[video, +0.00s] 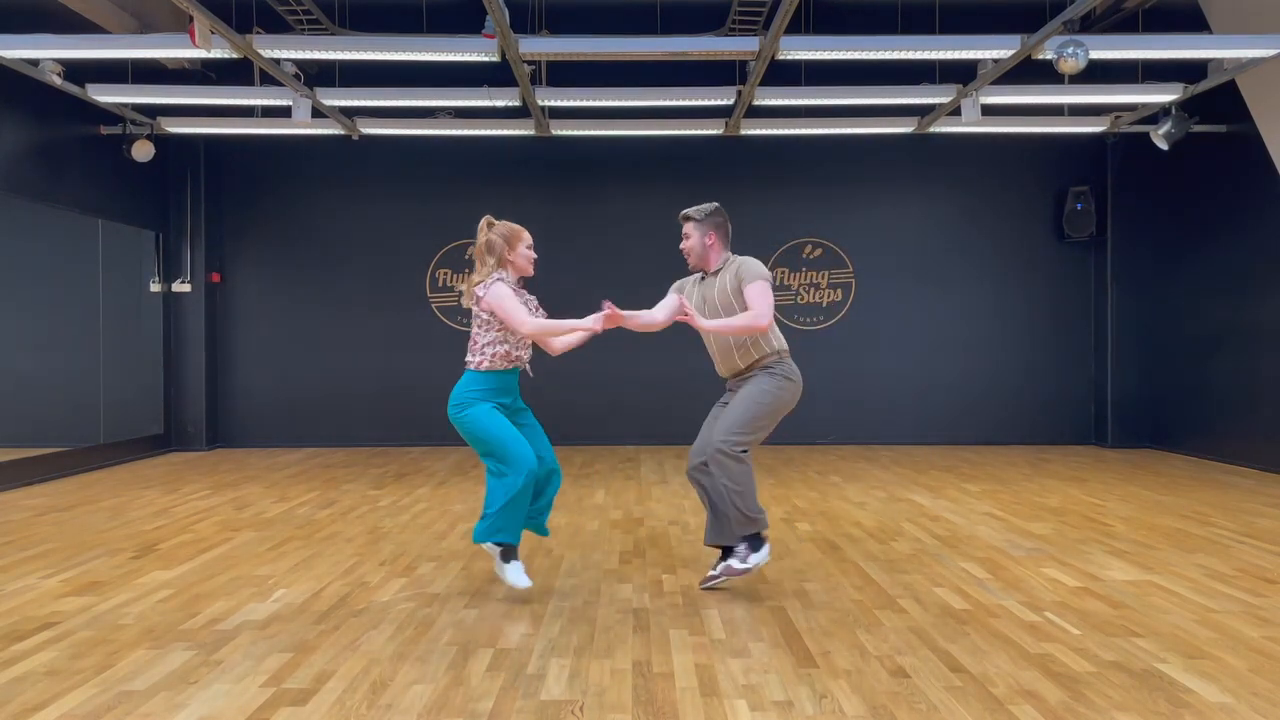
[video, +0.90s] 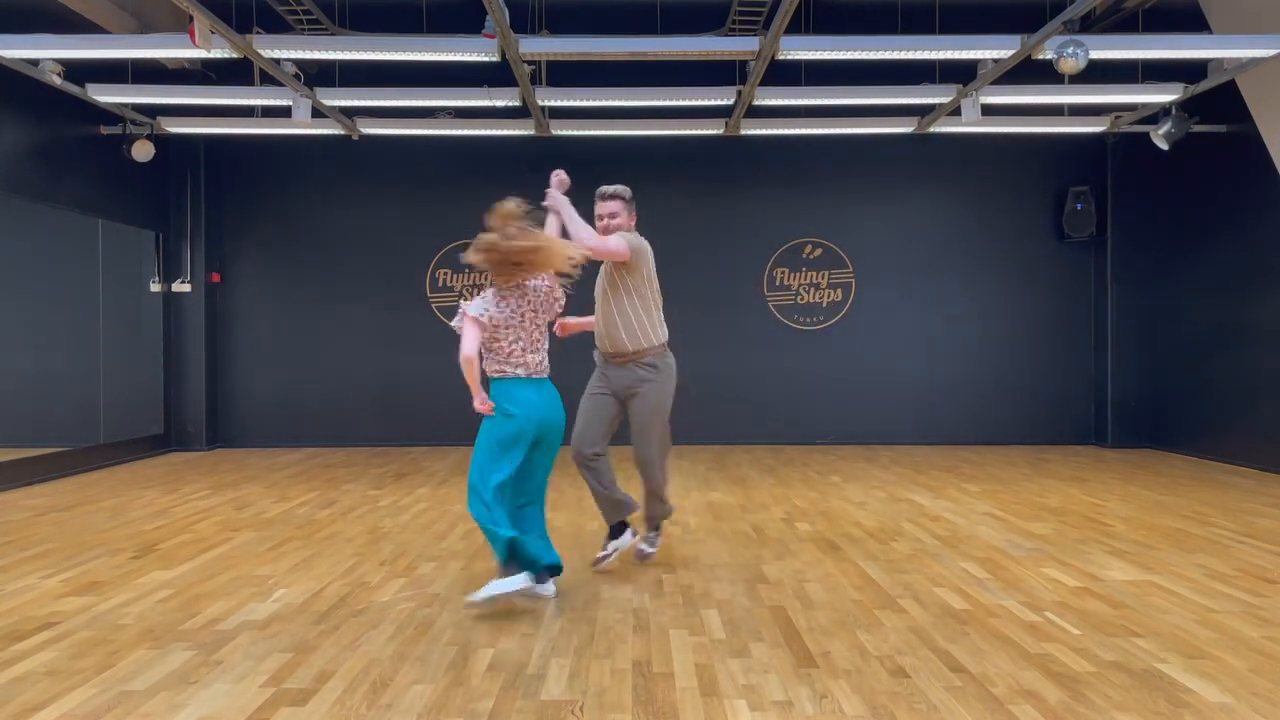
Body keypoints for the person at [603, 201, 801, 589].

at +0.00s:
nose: (681, 245)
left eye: (687, 237)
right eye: (681, 237)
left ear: (711, 238)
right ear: (705, 240)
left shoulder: (747, 268)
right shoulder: (685, 287)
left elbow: (761, 319)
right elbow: (656, 318)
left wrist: (706, 325)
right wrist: (621, 317)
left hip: (773, 374)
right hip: (736, 384)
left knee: (723, 445)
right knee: (699, 464)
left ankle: (752, 540)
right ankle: (733, 549)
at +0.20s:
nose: (669, 238)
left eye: (675, 231)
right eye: (669, 231)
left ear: (700, 231)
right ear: (694, 233)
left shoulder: (732, 269)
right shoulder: (675, 274)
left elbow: (703, 318)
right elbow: (658, 325)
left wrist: (651, 325)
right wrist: (633, 312)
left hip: (750, 375)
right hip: (713, 381)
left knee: (723, 454)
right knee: (691, 467)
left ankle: (727, 562)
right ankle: (731, 556)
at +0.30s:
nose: (659, 235)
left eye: (665, 227)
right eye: (659, 227)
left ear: (690, 228)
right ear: (686, 230)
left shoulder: (708, 265)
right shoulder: (687, 269)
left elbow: (679, 328)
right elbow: (693, 323)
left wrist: (632, 336)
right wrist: (657, 316)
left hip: (742, 377)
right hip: (701, 381)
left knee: (720, 460)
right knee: (662, 455)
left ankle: (751, 546)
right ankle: (694, 539)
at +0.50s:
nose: (656, 237)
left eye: (665, 231)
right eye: (651, 230)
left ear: (684, 238)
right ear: (645, 234)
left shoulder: (685, 280)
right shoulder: (658, 280)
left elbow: (673, 337)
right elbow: (660, 324)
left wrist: (626, 319)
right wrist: (639, 310)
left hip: (712, 384)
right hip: (677, 388)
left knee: (715, 474)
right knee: (643, 463)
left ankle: (757, 563)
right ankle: (667, 544)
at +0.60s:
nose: (647, 222)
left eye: (656, 215)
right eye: (642, 214)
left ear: (672, 223)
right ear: (633, 218)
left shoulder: (670, 260)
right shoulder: (638, 260)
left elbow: (616, 277)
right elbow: (657, 308)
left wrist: (576, 234)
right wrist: (627, 308)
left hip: (697, 367)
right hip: (658, 376)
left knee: (733, 450)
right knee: (635, 458)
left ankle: (771, 539)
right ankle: (656, 538)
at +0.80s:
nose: (622, 213)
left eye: (631, 208)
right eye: (617, 207)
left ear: (649, 215)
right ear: (612, 210)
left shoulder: (643, 245)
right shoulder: (617, 250)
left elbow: (577, 231)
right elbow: (627, 292)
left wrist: (531, 201)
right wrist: (593, 293)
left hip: (663, 364)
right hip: (623, 371)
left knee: (692, 445)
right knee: (620, 457)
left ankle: (730, 520)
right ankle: (653, 538)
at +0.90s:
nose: (604, 223)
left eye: (613, 216)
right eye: (599, 217)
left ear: (632, 218)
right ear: (596, 216)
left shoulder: (636, 246)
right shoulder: (608, 255)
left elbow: (590, 242)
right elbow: (619, 314)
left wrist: (561, 204)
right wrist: (580, 323)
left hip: (649, 367)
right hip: (608, 367)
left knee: (649, 456)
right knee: (585, 448)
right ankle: (619, 525)